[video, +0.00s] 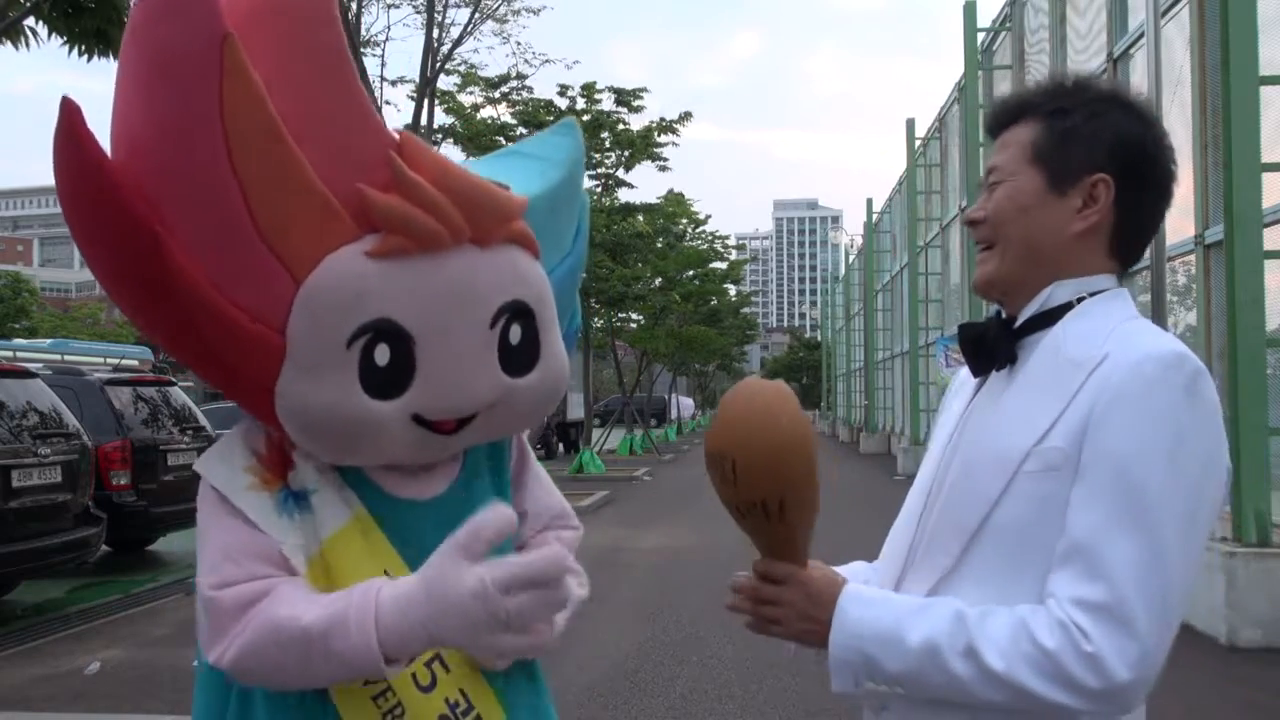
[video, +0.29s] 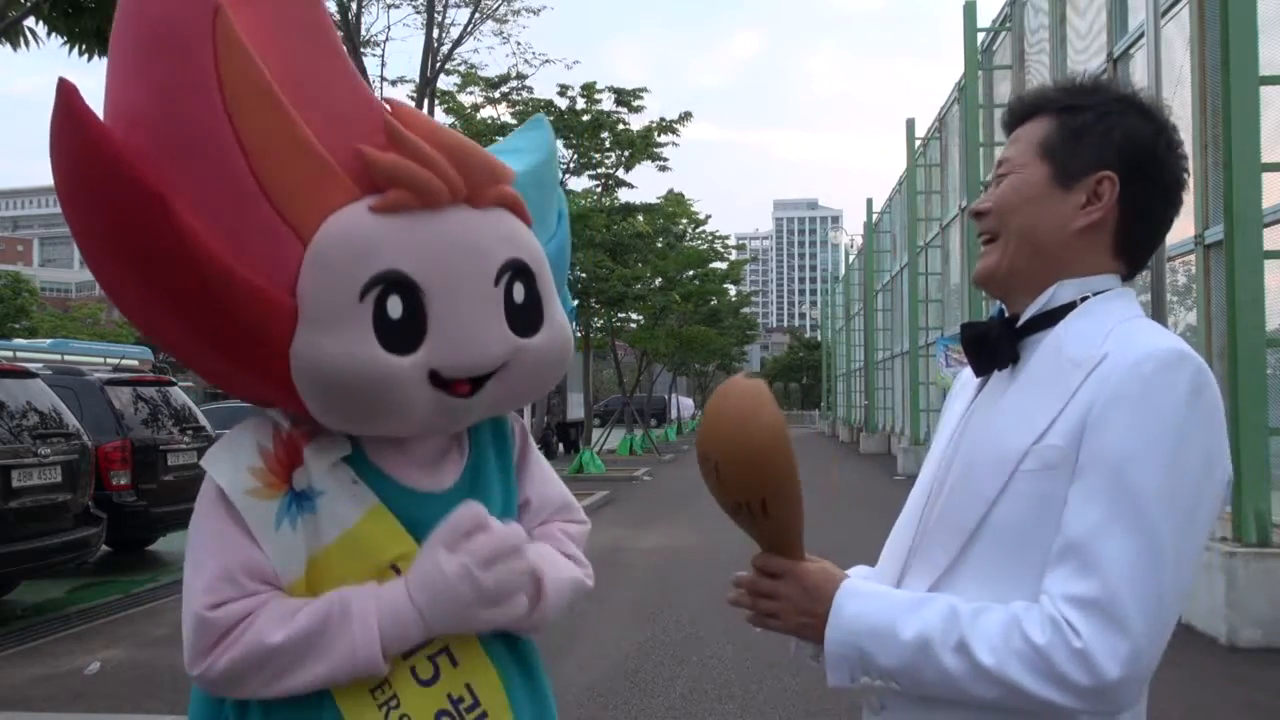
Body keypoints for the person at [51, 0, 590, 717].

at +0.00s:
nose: (459, 402)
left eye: (510, 334)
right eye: (387, 359)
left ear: (543, 321)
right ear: (281, 353)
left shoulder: (499, 451)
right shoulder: (247, 475)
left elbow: (557, 536)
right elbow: (245, 633)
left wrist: (533, 593)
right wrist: (417, 615)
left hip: (501, 705)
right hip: (315, 710)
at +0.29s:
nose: (471, 352)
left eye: (513, 297)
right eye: (399, 309)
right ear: (296, 314)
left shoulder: (502, 440)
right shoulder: (249, 470)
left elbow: (568, 548)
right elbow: (222, 643)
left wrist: (524, 584)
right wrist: (412, 607)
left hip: (501, 707)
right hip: (316, 713)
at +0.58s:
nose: (464, 363)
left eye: (507, 309)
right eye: (401, 318)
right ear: (300, 322)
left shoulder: (488, 441)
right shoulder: (242, 471)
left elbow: (555, 540)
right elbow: (219, 643)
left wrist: (502, 557)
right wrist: (410, 575)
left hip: (487, 704)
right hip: (306, 712)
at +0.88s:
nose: (448, 403)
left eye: (493, 348)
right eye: (386, 365)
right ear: (280, 358)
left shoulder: (488, 473)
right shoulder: (249, 483)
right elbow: (235, 663)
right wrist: (366, 541)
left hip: (496, 711)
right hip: (320, 716)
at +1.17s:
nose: (446, 384)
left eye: (486, 337)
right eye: (381, 349)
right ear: (277, 351)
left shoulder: (488, 469)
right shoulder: (245, 477)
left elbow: (545, 593)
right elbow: (228, 663)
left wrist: (552, 474)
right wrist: (330, 527)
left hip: (492, 710)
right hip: (306, 716)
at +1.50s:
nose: (421, 373)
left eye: (447, 335)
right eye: (378, 346)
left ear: (476, 337)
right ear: (287, 347)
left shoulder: (500, 467)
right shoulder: (253, 480)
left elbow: (595, 559)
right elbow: (205, 626)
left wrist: (590, 453)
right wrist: (352, 478)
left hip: (508, 704)